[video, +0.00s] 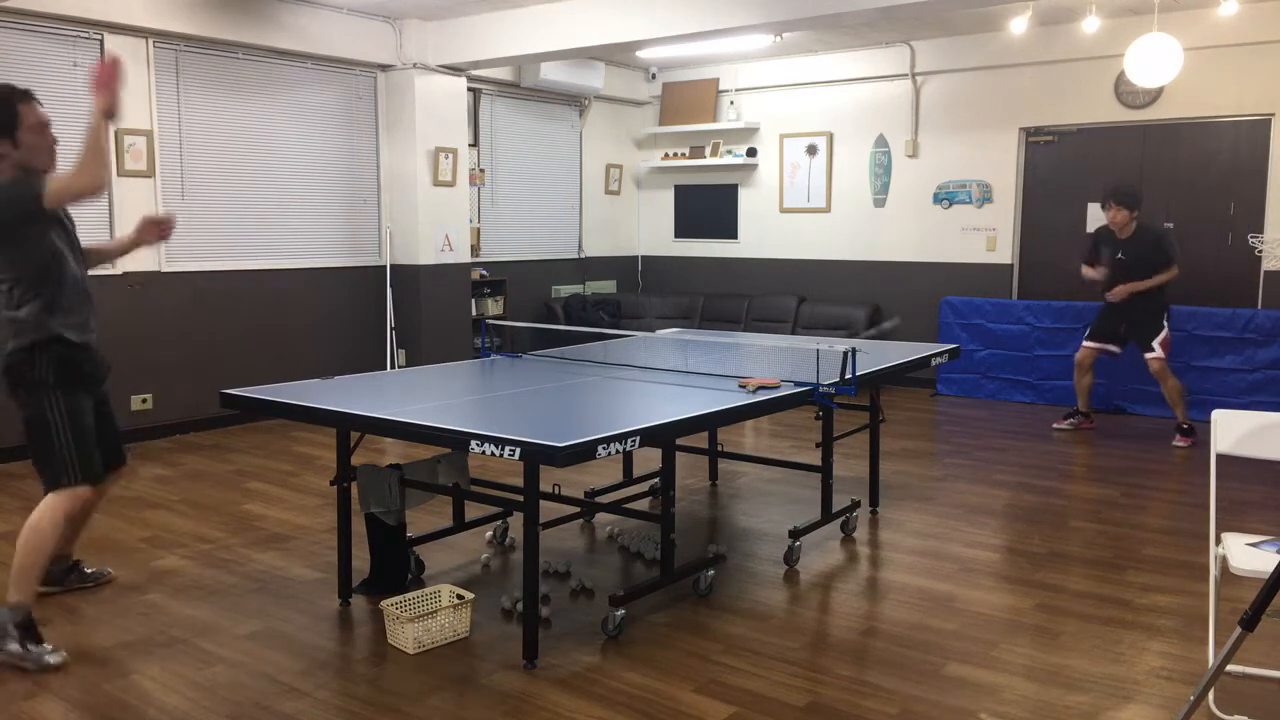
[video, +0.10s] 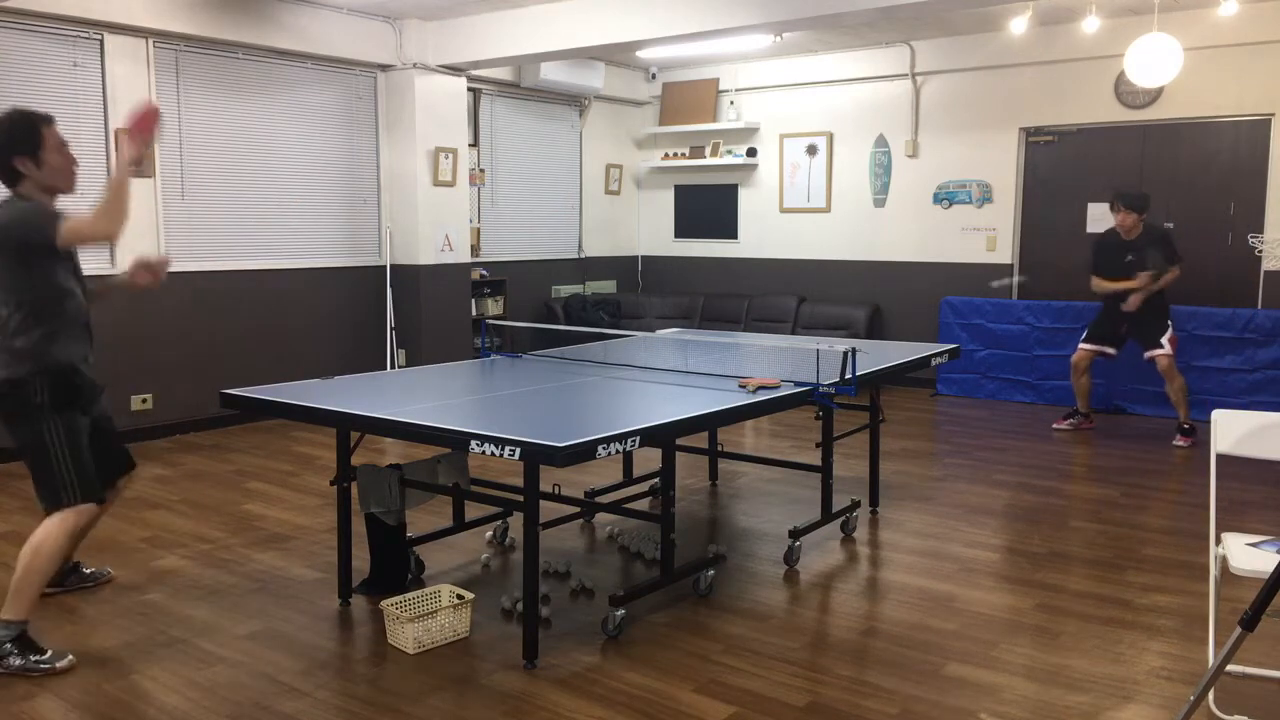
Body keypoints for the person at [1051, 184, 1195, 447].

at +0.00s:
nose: (1111, 216)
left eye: (1117, 211)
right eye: (1108, 210)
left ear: (1133, 213)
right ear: (1105, 211)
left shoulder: (1155, 237)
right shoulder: (1102, 236)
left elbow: (1172, 271)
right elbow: (1086, 269)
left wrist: (1131, 288)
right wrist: (1096, 274)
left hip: (1148, 311)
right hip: (1113, 308)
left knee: (1157, 367)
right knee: (1082, 359)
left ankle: (1184, 424)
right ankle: (1083, 413)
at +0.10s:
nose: (1120, 220)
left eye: (1126, 215)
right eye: (1117, 214)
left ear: (1141, 216)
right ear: (1113, 213)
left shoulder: (1157, 237)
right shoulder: (1104, 242)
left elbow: (1174, 271)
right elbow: (1095, 285)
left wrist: (1142, 294)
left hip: (1151, 311)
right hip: (1113, 310)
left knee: (1165, 365)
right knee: (1078, 361)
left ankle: (1185, 424)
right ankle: (1083, 414)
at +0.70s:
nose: (1165, 176)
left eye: (1172, 171)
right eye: (1162, 169)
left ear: (1184, 177)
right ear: (1156, 173)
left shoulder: (1196, 211)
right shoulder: (1138, 204)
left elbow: (1217, 241)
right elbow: (1097, 207)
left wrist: (1224, 268)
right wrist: (1065, 196)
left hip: (1173, 296)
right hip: (1136, 292)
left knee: (1182, 360)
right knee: (1112, 350)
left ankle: (1192, 424)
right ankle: (1109, 411)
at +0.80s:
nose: (1162, 175)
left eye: (1169, 170)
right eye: (1158, 168)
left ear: (1181, 176)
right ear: (1152, 172)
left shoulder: (1193, 210)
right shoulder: (1139, 205)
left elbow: (1215, 239)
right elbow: (1106, 224)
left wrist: (1206, 267)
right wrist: (1087, 208)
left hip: (1171, 294)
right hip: (1135, 291)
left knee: (1180, 360)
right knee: (1109, 349)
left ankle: (1192, 421)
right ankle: (1107, 410)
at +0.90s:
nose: (1148, 185)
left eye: (1156, 180)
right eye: (1147, 180)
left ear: (1171, 186)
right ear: (1144, 185)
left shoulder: (1185, 222)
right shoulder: (1139, 219)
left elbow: (1209, 256)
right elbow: (1122, 252)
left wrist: (1182, 281)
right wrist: (1106, 238)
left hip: (1166, 303)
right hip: (1133, 299)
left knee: (1179, 368)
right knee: (1095, 349)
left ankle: (1194, 422)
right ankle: (1092, 408)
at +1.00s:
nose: (1141, 195)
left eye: (1148, 190)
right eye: (1138, 189)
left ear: (1163, 196)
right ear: (1134, 194)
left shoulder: (1177, 231)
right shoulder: (1128, 231)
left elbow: (1198, 265)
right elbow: (1126, 266)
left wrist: (1164, 290)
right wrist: (1116, 272)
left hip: (1162, 309)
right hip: (1128, 306)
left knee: (1175, 370)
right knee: (1084, 353)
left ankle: (1195, 423)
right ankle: (1067, 406)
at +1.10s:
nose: (1129, 202)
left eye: (1136, 197)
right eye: (1126, 196)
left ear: (1149, 202)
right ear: (1122, 199)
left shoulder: (1164, 235)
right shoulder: (1111, 233)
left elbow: (1180, 267)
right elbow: (1102, 263)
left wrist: (1152, 289)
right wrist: (1107, 276)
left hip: (1147, 312)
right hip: (1112, 308)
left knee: (1167, 368)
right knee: (1071, 357)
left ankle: (1195, 422)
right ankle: (1051, 403)